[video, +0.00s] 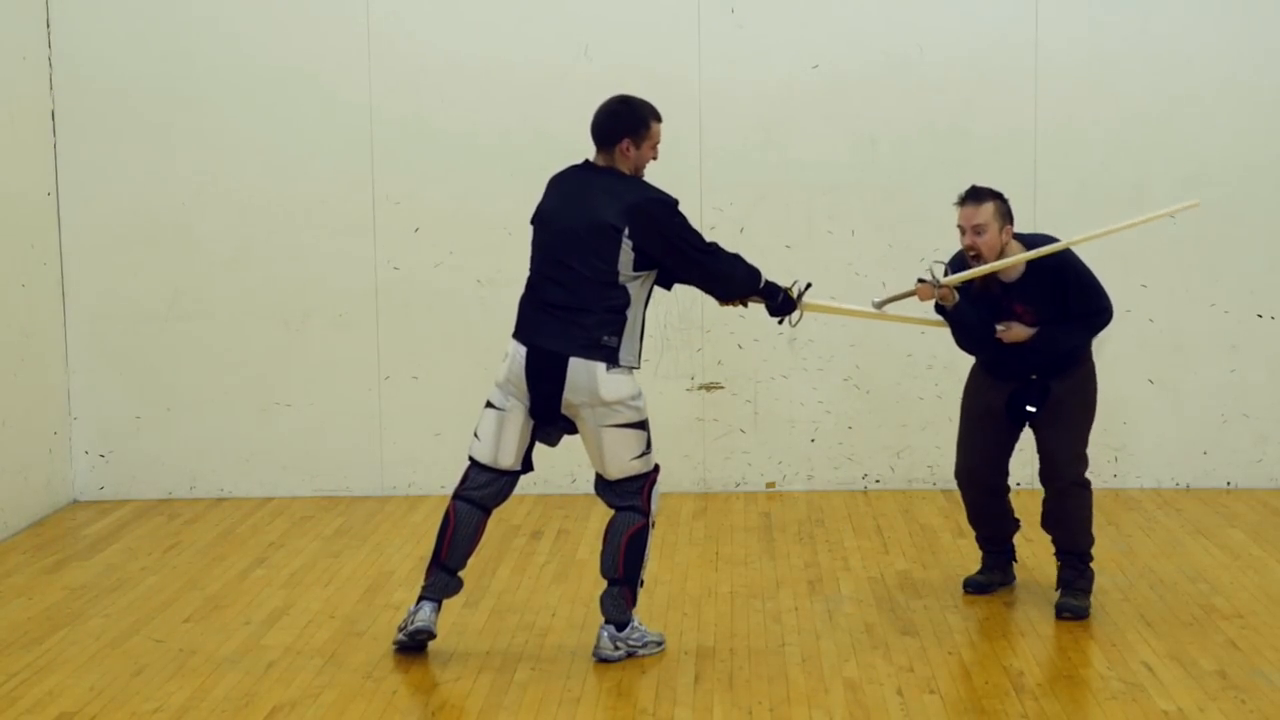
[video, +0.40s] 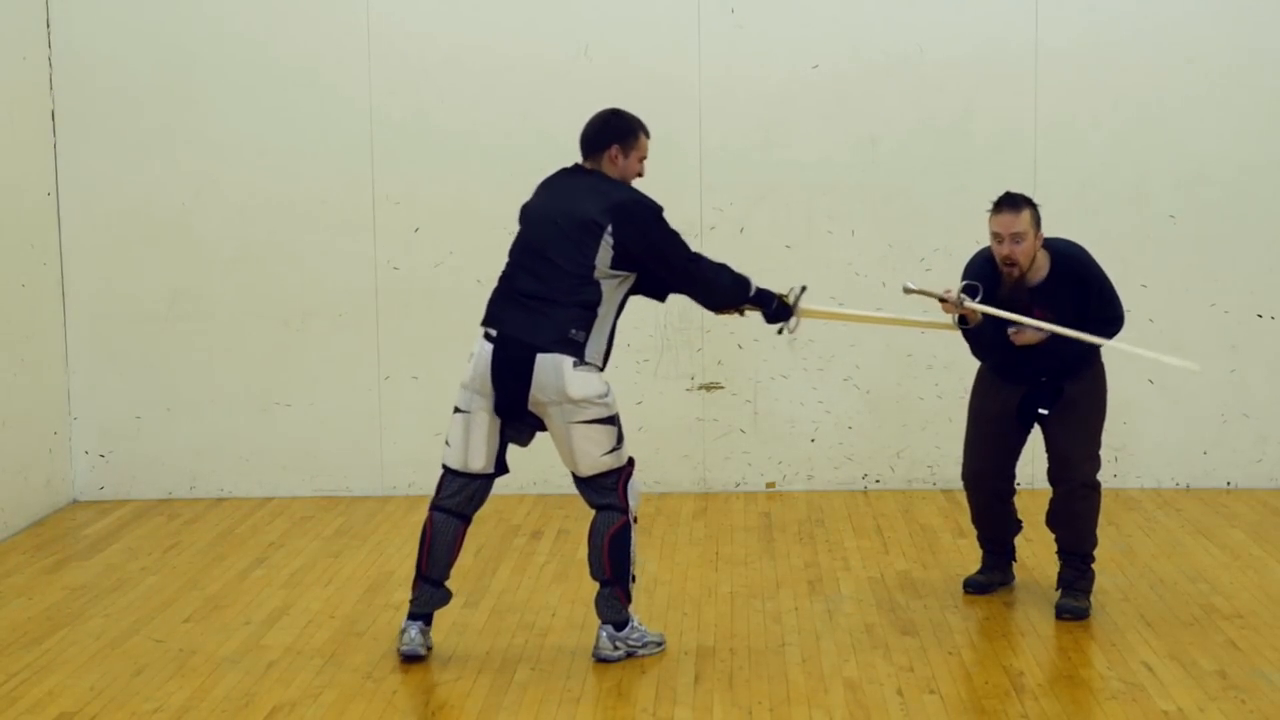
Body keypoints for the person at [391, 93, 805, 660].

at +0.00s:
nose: (655, 156)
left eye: (656, 146)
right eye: (652, 146)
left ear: (608, 144)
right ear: (627, 145)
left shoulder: (561, 186)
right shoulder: (644, 205)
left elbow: (643, 256)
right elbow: (704, 259)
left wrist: (716, 285)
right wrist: (767, 288)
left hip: (527, 359)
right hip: (600, 371)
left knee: (481, 481)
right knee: (632, 496)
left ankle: (427, 605)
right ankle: (617, 627)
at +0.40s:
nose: (643, 170)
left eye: (645, 159)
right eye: (641, 159)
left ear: (596, 154)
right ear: (615, 153)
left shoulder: (551, 190)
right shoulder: (628, 209)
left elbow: (628, 268)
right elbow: (692, 269)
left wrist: (709, 293)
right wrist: (761, 297)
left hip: (493, 356)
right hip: (567, 367)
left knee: (457, 489)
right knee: (611, 496)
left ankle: (416, 622)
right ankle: (616, 627)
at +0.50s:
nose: (620, 173)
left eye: (621, 162)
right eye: (620, 161)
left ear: (570, 147)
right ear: (604, 148)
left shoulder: (521, 182)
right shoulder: (612, 205)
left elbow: (542, 270)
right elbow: (657, 308)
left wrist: (622, 288)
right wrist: (694, 309)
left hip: (486, 356)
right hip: (560, 367)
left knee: (450, 489)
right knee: (608, 493)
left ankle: (413, 621)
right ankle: (616, 625)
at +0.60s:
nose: (601, 166)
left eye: (603, 156)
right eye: (602, 155)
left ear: (552, 139)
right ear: (588, 146)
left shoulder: (491, 178)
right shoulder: (592, 206)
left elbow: (446, 262)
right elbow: (605, 310)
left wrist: (482, 313)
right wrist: (563, 334)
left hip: (475, 354)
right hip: (552, 363)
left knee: (451, 489)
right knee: (601, 489)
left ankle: (419, 623)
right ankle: (617, 623)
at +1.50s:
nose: (613, 148)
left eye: (613, 137)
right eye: (611, 137)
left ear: (562, 132)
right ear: (588, 134)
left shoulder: (510, 190)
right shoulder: (616, 190)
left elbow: (481, 289)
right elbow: (610, 252)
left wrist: (526, 272)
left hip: (538, 353)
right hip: (603, 349)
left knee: (537, 470)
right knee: (608, 481)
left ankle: (474, 587)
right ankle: (566, 623)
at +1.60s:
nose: (648, 144)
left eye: (648, 133)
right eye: (645, 133)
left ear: (597, 129)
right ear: (622, 130)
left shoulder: (539, 186)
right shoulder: (647, 187)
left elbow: (515, 273)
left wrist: (566, 267)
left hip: (566, 347)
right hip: (623, 342)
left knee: (596, 465)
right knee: (616, 477)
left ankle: (557, 581)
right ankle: (567, 622)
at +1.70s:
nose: (682, 152)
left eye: (684, 141)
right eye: (679, 140)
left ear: (637, 132)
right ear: (653, 132)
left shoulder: (576, 180)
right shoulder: (669, 187)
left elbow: (558, 259)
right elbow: (681, 227)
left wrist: (602, 277)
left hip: (597, 348)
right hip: (643, 346)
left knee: (673, 446)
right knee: (621, 483)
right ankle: (567, 621)